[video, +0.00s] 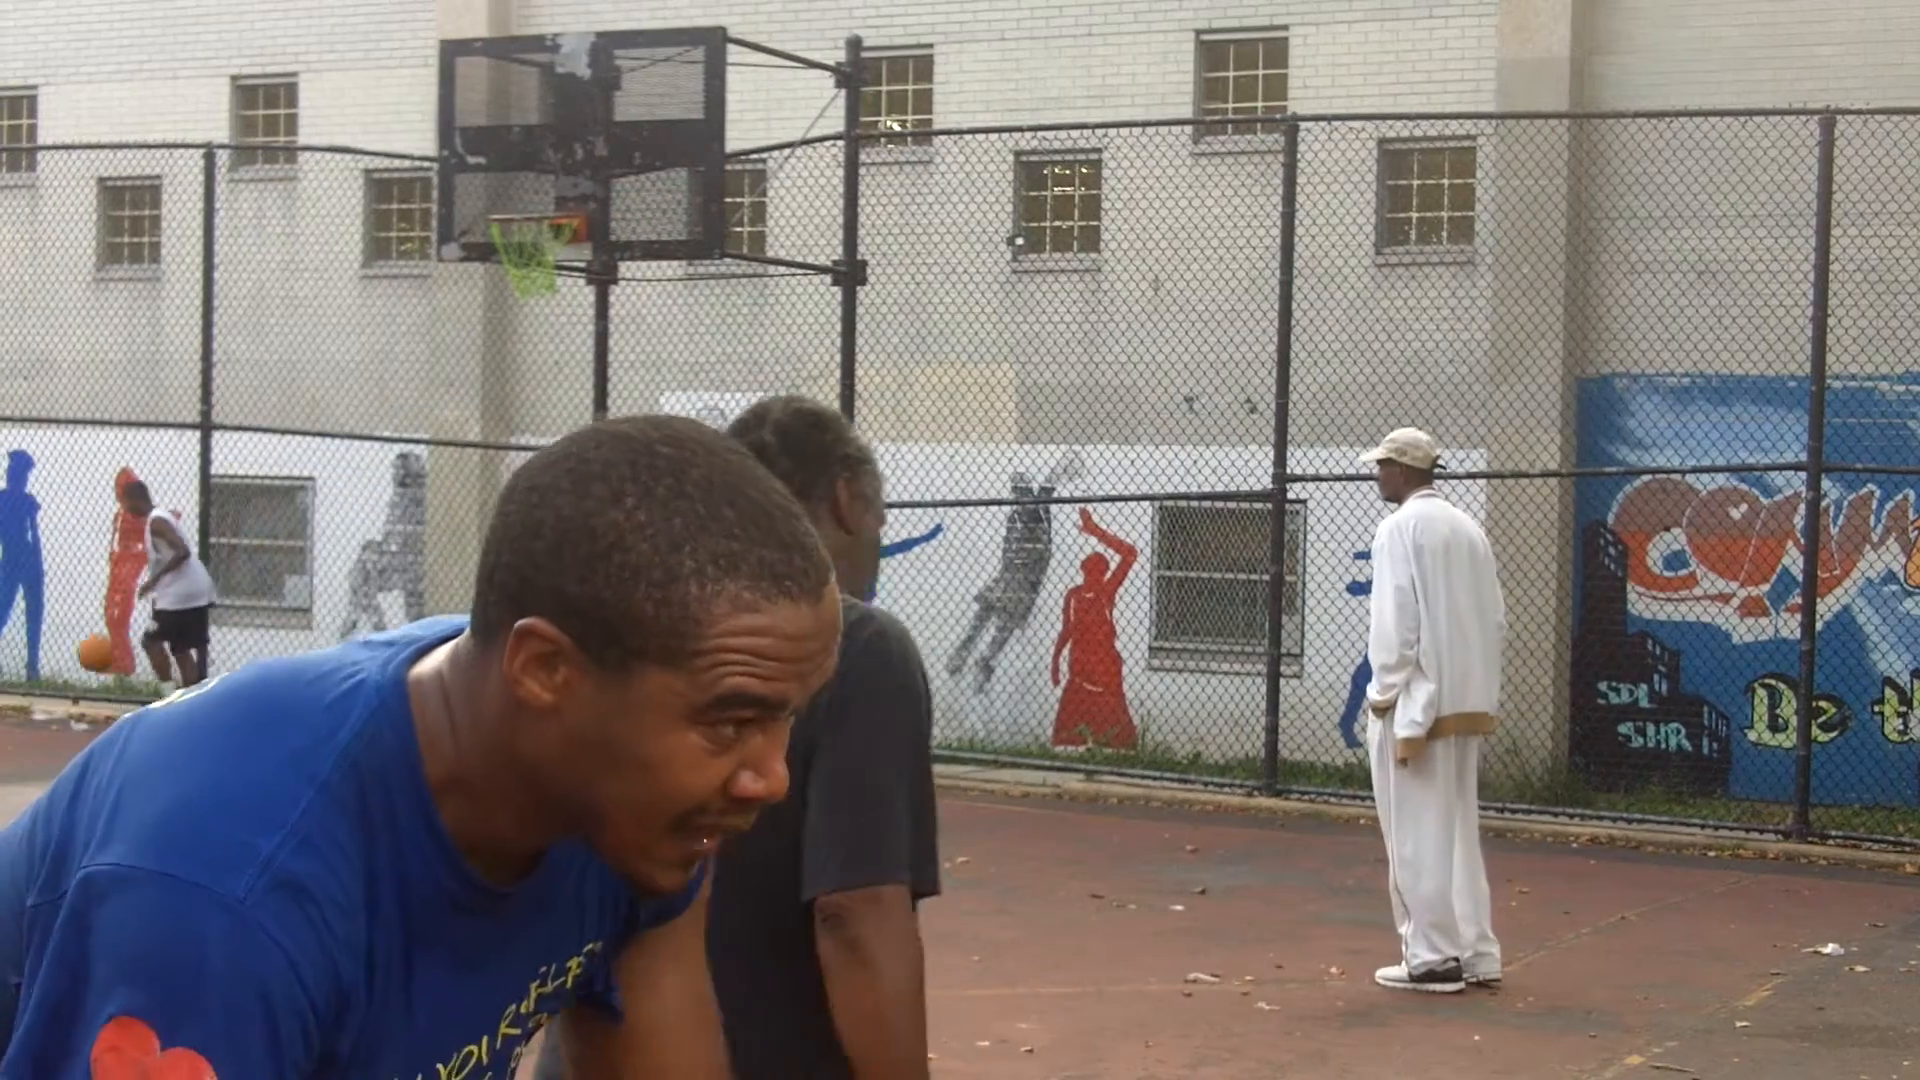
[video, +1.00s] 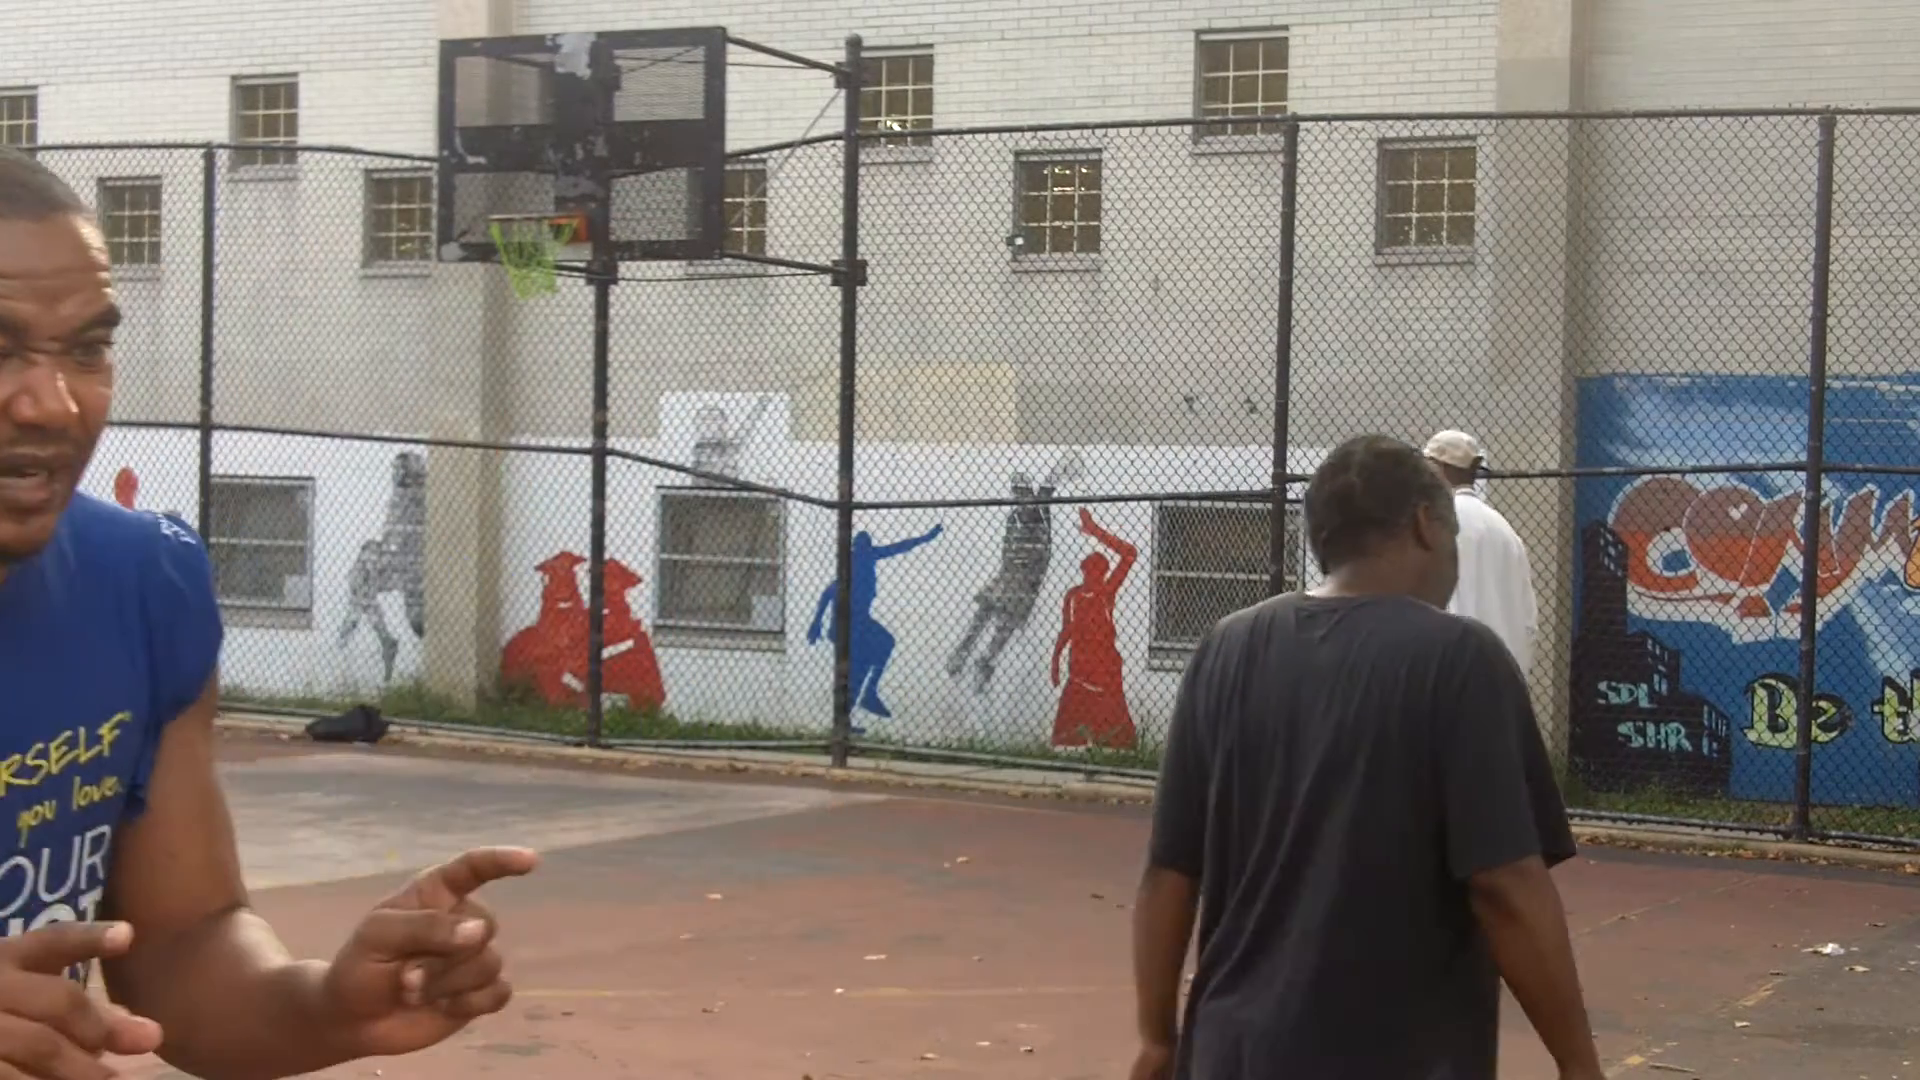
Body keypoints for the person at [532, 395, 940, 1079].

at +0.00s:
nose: (883, 532)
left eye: (884, 510)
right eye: (878, 508)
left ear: (755, 504)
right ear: (844, 501)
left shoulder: (672, 621)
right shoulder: (863, 645)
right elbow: (855, 913)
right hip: (791, 1052)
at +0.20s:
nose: (1037, 556)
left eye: (1039, 535)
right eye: (1033, 532)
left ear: (883, 533)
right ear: (995, 523)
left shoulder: (779, 633)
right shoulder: (986, 673)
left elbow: (723, 852)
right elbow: (959, 928)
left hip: (766, 1049)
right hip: (904, 1059)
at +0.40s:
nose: (1189, 571)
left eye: (1192, 546)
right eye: (1188, 540)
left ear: (1047, 533)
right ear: (1152, 528)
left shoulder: (921, 639)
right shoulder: (1147, 686)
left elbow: (859, 883)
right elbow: (1141, 949)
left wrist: (896, 1037)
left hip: (904, 1061)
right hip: (1066, 1062)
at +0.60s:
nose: (1290, 552)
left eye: (1293, 523)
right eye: (1290, 521)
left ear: (1148, 521)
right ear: (1254, 508)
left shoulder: (1030, 629)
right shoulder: (1278, 661)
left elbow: (961, 868)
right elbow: (1320, 913)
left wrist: (978, 1031)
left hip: (1036, 1049)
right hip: (1221, 1055)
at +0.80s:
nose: (1376, 554)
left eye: (1375, 533)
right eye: (1372, 531)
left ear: (1239, 540)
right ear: (1343, 529)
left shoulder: (1131, 649)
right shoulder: (1376, 670)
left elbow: (1060, 869)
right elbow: (1448, 910)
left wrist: (1047, 1043)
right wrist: (1547, 1057)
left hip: (1136, 1046)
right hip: (1305, 1050)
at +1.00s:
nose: (1457, 554)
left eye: (1455, 531)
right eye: (1453, 529)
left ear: (1326, 541)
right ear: (1425, 522)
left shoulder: (1228, 646)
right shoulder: (1457, 655)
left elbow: (1169, 870)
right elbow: (1504, 881)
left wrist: (1155, 1036)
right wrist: (1580, 1062)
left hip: (1229, 1047)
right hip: (1406, 1054)